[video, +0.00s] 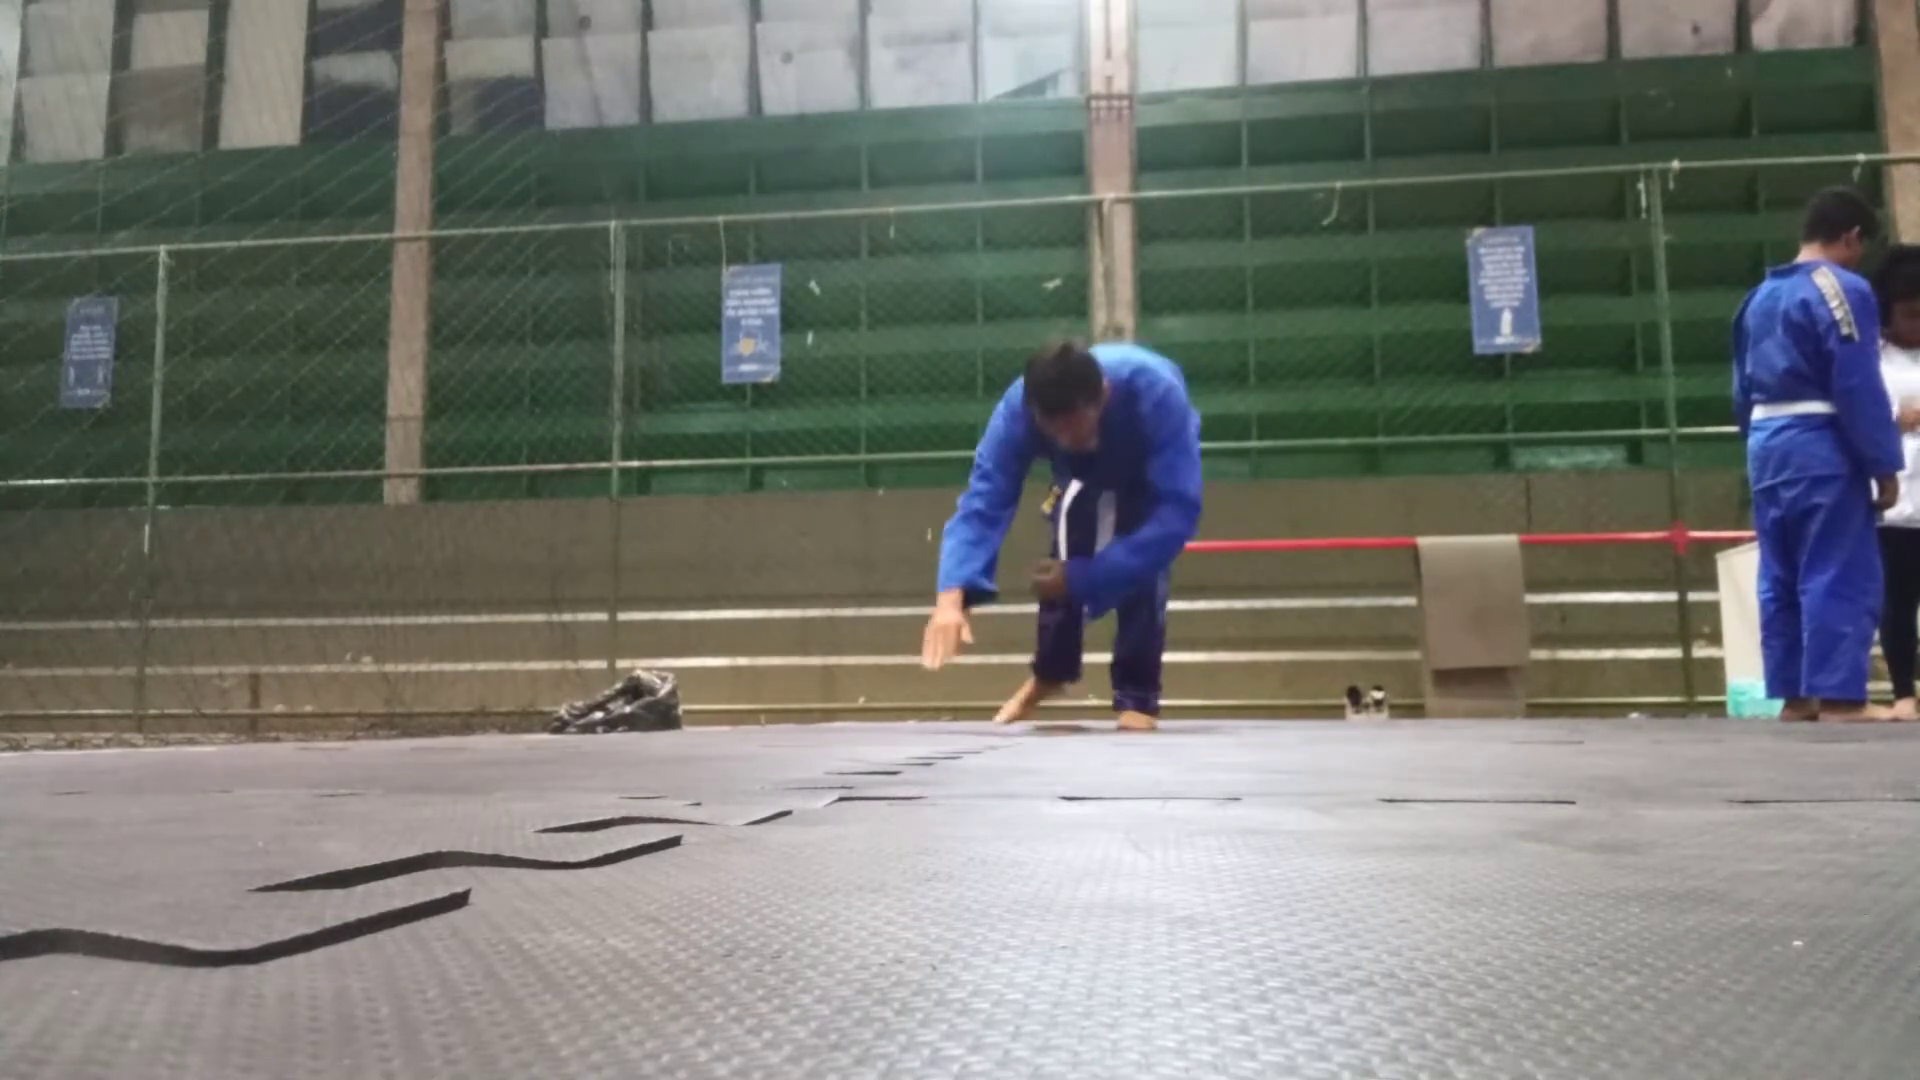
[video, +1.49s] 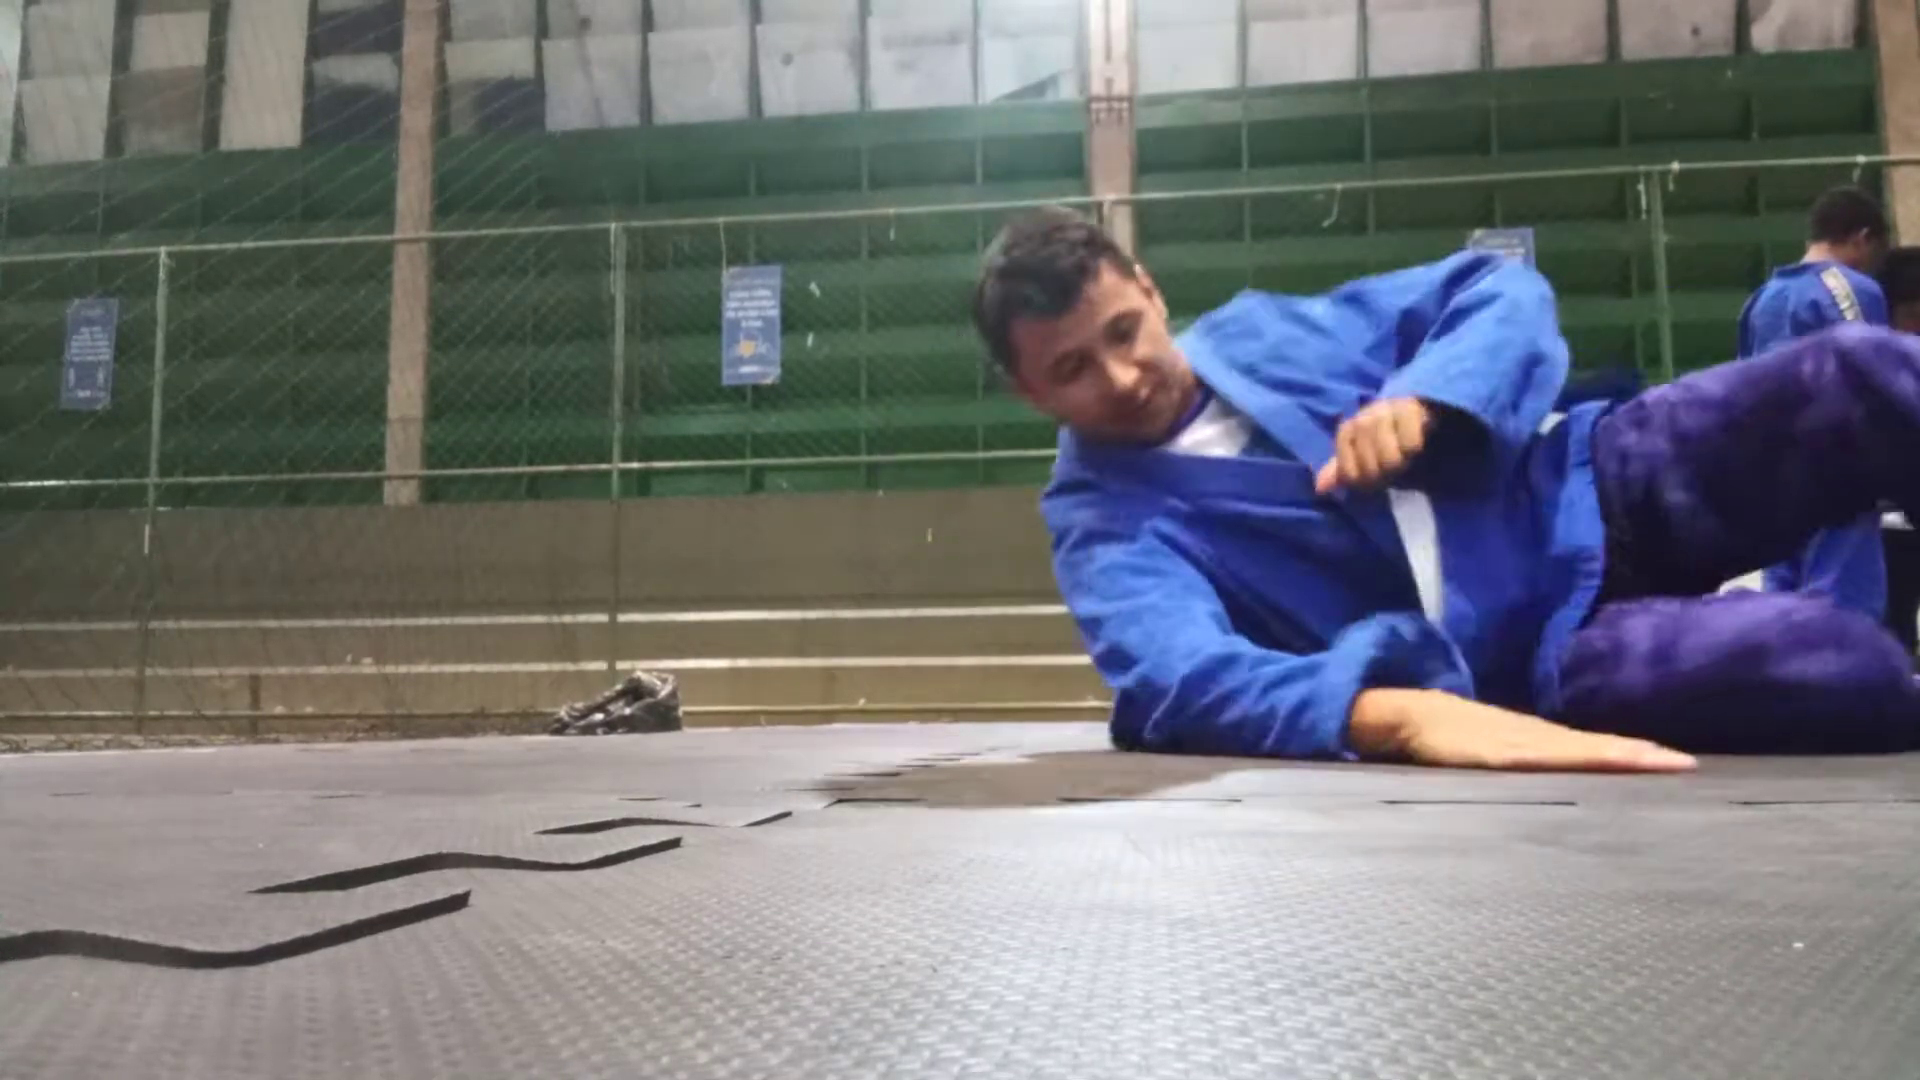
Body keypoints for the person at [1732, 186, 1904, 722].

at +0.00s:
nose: (1862, 254)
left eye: (1863, 246)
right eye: (1862, 244)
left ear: (1807, 234)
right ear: (1849, 237)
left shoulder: (1760, 296)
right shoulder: (1842, 290)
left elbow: (1744, 391)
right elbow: (1858, 387)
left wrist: (1765, 443)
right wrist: (1886, 467)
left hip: (1764, 440)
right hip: (1819, 438)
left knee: (1782, 574)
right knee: (1841, 570)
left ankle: (1794, 697)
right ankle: (1840, 699)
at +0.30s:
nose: (1865, 253)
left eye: (1867, 245)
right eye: (1866, 244)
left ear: (1811, 233)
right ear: (1853, 237)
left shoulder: (1763, 295)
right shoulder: (1846, 290)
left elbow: (1746, 392)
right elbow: (1861, 387)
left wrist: (1766, 443)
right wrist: (1889, 467)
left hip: (1767, 440)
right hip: (1822, 438)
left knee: (1783, 575)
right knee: (1841, 571)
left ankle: (1795, 697)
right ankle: (1840, 699)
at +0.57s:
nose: (1868, 252)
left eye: (1869, 244)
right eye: (1868, 243)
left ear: (1813, 233)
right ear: (1856, 236)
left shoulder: (1765, 294)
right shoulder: (1850, 290)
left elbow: (1748, 390)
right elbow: (1864, 387)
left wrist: (1767, 441)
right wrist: (1891, 468)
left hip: (1768, 440)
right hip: (1824, 439)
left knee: (1784, 574)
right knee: (1842, 571)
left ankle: (1795, 697)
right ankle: (1840, 699)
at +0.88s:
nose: (1870, 253)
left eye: (1871, 244)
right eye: (1869, 243)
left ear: (1814, 234)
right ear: (1857, 236)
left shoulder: (1766, 294)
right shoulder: (1852, 290)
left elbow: (1749, 390)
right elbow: (1867, 387)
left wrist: (1767, 442)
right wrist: (1893, 466)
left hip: (1769, 440)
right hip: (1826, 439)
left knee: (1785, 574)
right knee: (1843, 572)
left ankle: (1796, 696)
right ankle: (1840, 698)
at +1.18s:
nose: (1876, 260)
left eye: (1877, 248)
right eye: (1876, 247)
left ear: (1813, 233)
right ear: (1861, 235)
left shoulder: (1767, 294)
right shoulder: (1858, 290)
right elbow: (1884, 391)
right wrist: (1896, 471)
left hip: (1775, 471)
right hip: (1837, 469)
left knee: (1783, 598)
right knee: (1842, 597)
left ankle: (1786, 710)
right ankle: (1834, 713)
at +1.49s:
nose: (1872, 260)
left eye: (1874, 250)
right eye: (1874, 248)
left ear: (1815, 233)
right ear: (1859, 239)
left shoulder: (1761, 301)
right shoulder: (1857, 292)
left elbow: (1748, 386)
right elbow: (1878, 392)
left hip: (1776, 470)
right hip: (1837, 470)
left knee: (1781, 584)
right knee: (1842, 590)